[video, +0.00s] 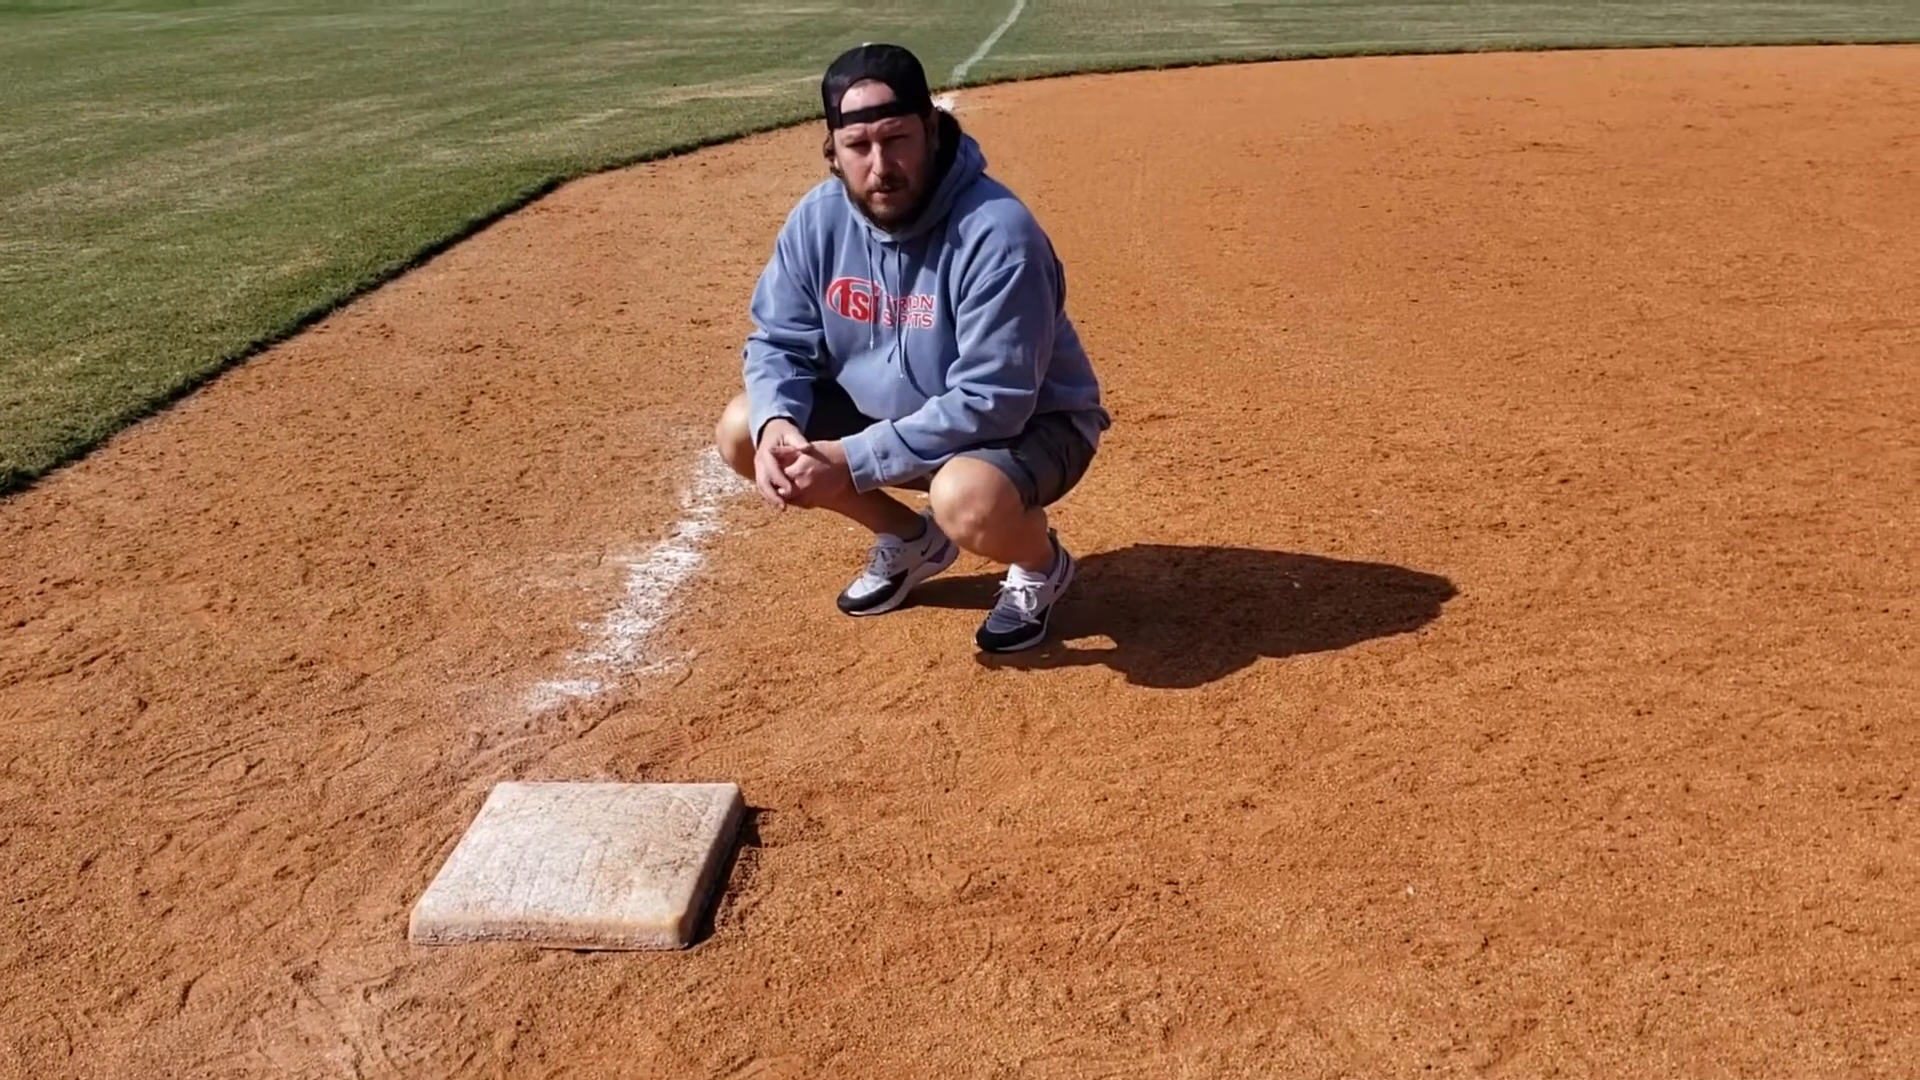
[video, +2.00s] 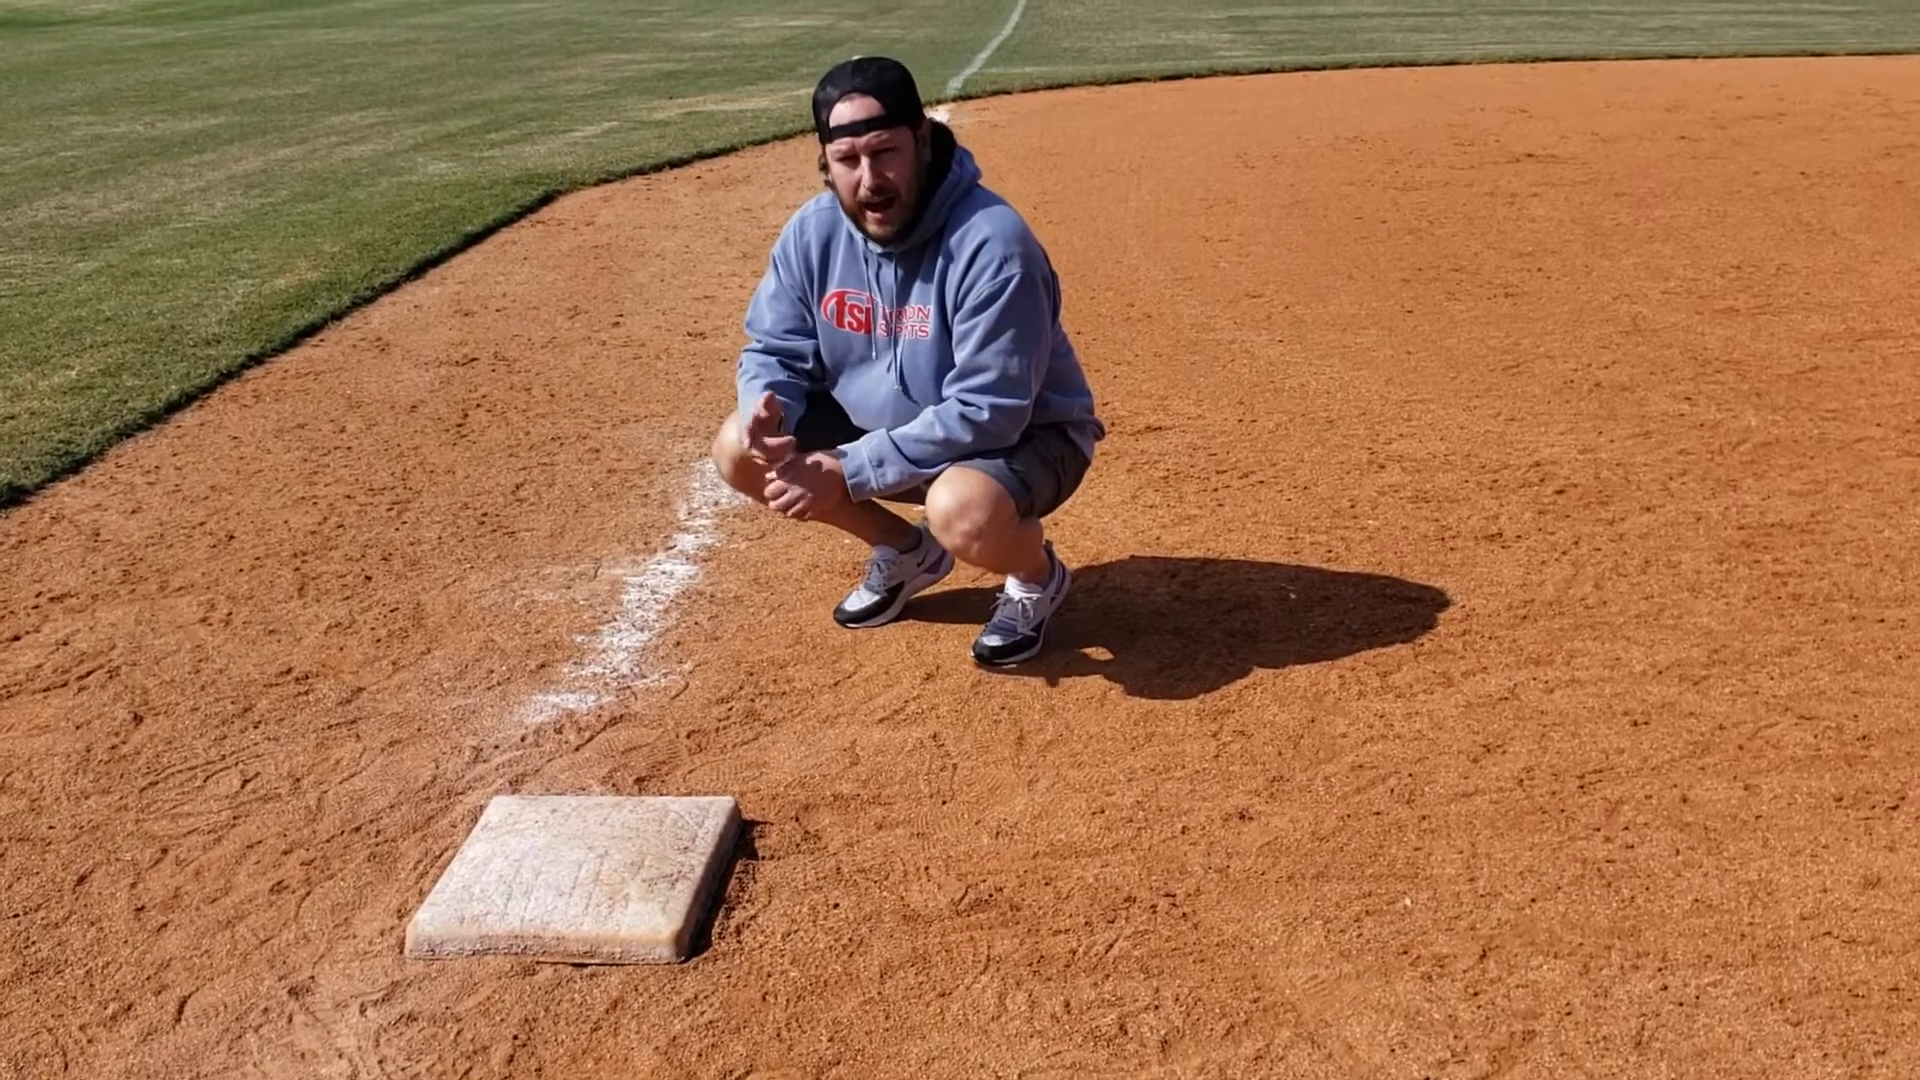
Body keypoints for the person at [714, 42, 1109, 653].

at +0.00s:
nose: (880, 168)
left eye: (897, 139)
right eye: (857, 146)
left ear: (932, 129)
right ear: (833, 151)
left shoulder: (997, 237)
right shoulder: (817, 220)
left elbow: (991, 404)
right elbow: (778, 340)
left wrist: (854, 460)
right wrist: (777, 422)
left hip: (1035, 422)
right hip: (897, 414)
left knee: (965, 499)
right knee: (742, 431)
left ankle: (1043, 566)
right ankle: (909, 538)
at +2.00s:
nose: (869, 181)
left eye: (885, 152)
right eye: (847, 159)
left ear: (923, 140)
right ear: (826, 164)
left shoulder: (992, 246)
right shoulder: (813, 232)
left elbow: (987, 413)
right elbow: (773, 348)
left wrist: (849, 473)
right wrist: (765, 409)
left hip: (1028, 434)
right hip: (891, 427)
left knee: (961, 510)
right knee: (742, 449)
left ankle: (1038, 577)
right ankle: (906, 549)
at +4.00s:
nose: (866, 188)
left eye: (884, 161)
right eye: (845, 165)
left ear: (922, 153)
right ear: (823, 168)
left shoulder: (989, 256)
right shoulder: (808, 240)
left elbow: (983, 421)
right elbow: (769, 354)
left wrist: (846, 473)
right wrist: (767, 428)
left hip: (1024, 441)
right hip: (888, 435)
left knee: (957, 516)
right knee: (737, 454)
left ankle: (1035, 584)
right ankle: (901, 555)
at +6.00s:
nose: (863, 198)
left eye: (880, 172)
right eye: (840, 177)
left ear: (918, 163)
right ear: (818, 181)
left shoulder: (984, 264)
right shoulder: (804, 250)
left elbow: (978, 430)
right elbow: (766, 367)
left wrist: (841, 479)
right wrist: (762, 443)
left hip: (1022, 448)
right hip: (885, 441)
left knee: (953, 523)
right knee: (734, 461)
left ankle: (1034, 589)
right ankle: (899, 563)